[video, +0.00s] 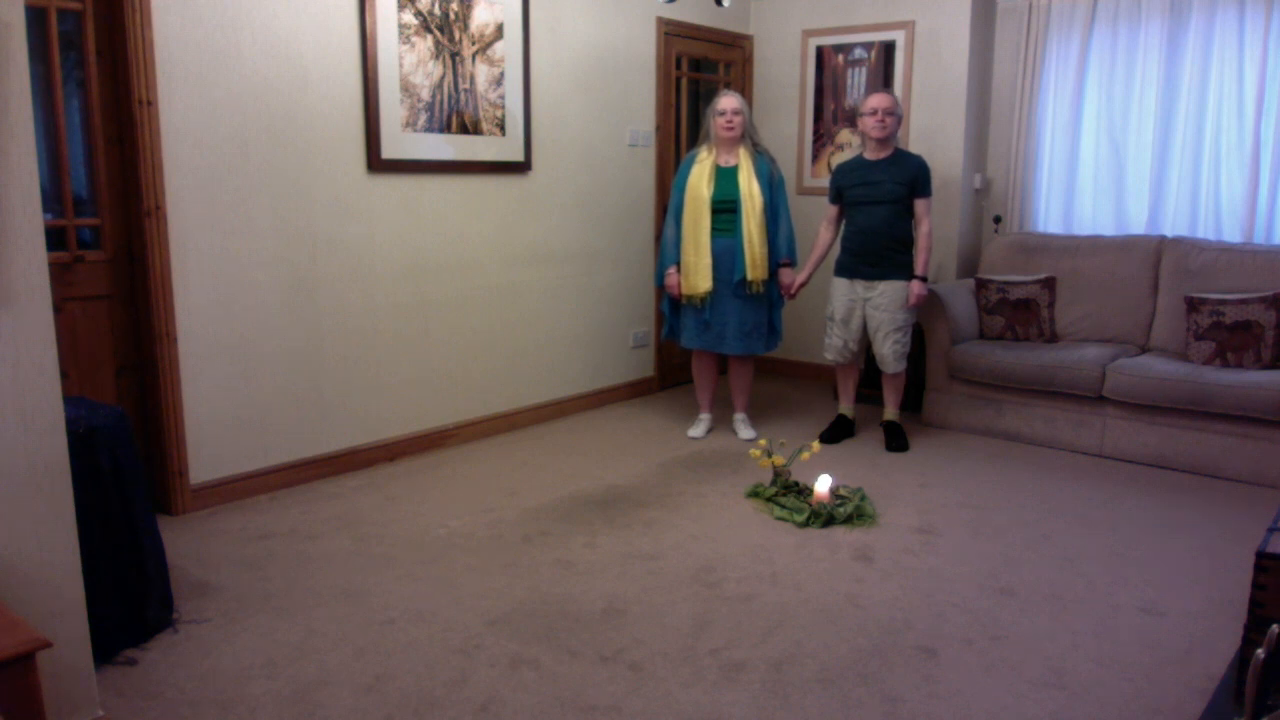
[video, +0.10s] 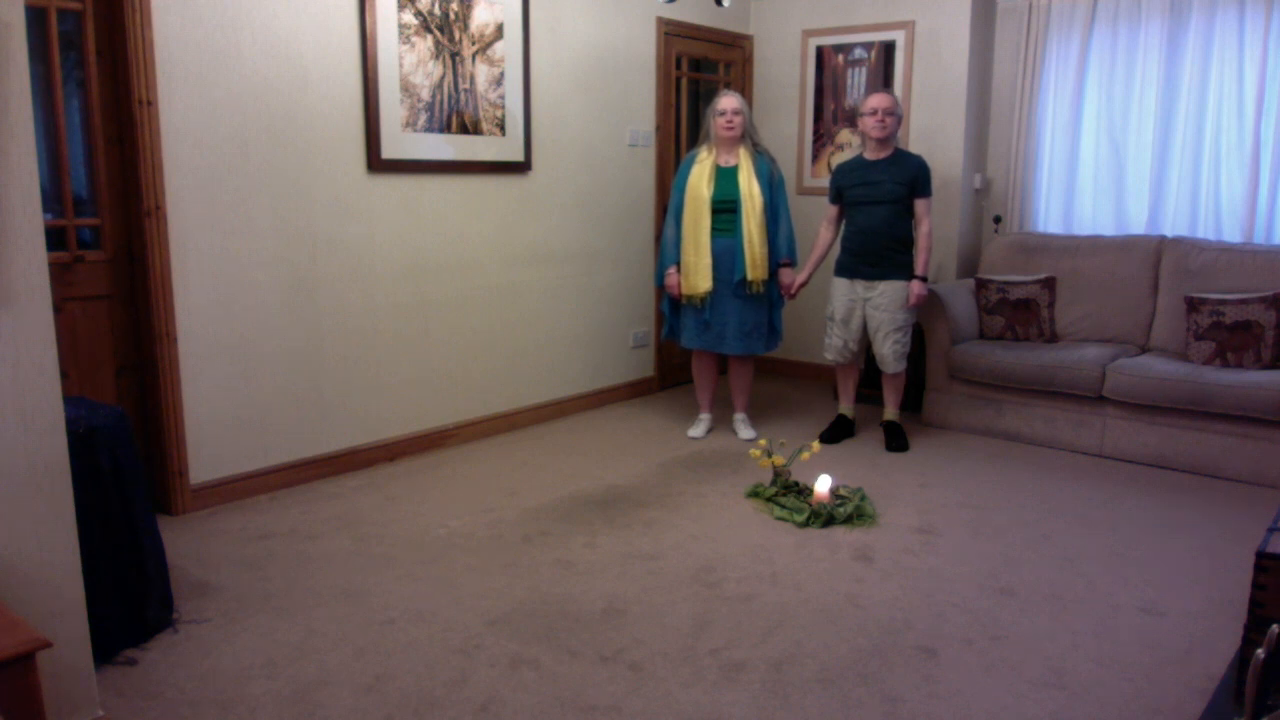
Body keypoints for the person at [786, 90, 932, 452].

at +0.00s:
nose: (881, 119)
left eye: (888, 113)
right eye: (873, 114)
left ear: (899, 121)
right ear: (859, 122)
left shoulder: (914, 167)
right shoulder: (843, 172)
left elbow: (923, 225)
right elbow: (829, 227)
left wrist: (920, 276)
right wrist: (805, 274)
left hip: (894, 279)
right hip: (849, 277)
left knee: (892, 355)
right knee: (844, 349)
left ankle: (892, 420)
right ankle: (845, 415)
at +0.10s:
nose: (881, 119)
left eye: (888, 113)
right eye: (873, 114)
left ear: (899, 121)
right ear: (859, 122)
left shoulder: (914, 167)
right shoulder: (843, 172)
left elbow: (923, 225)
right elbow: (829, 227)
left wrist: (920, 276)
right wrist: (805, 273)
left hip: (894, 279)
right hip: (849, 277)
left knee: (892, 355)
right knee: (844, 349)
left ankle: (892, 420)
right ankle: (845, 415)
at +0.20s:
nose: (881, 119)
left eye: (888, 113)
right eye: (873, 114)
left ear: (899, 121)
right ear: (860, 122)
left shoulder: (914, 167)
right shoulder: (844, 172)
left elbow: (923, 225)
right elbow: (830, 227)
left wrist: (920, 276)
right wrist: (805, 273)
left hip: (894, 278)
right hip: (849, 276)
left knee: (892, 354)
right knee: (844, 349)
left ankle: (892, 420)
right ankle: (845, 415)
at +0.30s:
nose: (881, 119)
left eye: (888, 113)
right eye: (873, 114)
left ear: (899, 121)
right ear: (860, 122)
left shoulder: (914, 166)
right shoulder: (844, 172)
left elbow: (923, 225)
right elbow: (830, 227)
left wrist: (920, 276)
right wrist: (805, 274)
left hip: (894, 278)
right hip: (849, 276)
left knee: (892, 354)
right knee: (844, 349)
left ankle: (892, 420)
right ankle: (845, 415)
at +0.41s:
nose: (881, 119)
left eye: (888, 113)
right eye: (873, 113)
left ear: (899, 121)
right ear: (860, 122)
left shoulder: (914, 166)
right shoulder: (844, 172)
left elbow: (924, 225)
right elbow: (830, 227)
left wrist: (920, 276)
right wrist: (806, 273)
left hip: (894, 278)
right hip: (849, 276)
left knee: (892, 355)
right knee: (844, 349)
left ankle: (892, 420)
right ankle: (845, 415)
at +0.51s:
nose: (881, 119)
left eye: (888, 113)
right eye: (873, 113)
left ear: (899, 121)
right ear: (860, 122)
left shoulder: (914, 166)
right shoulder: (844, 172)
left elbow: (924, 224)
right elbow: (830, 227)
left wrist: (920, 276)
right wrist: (806, 273)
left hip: (894, 278)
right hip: (849, 276)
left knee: (892, 354)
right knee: (844, 348)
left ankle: (892, 420)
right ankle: (845, 415)